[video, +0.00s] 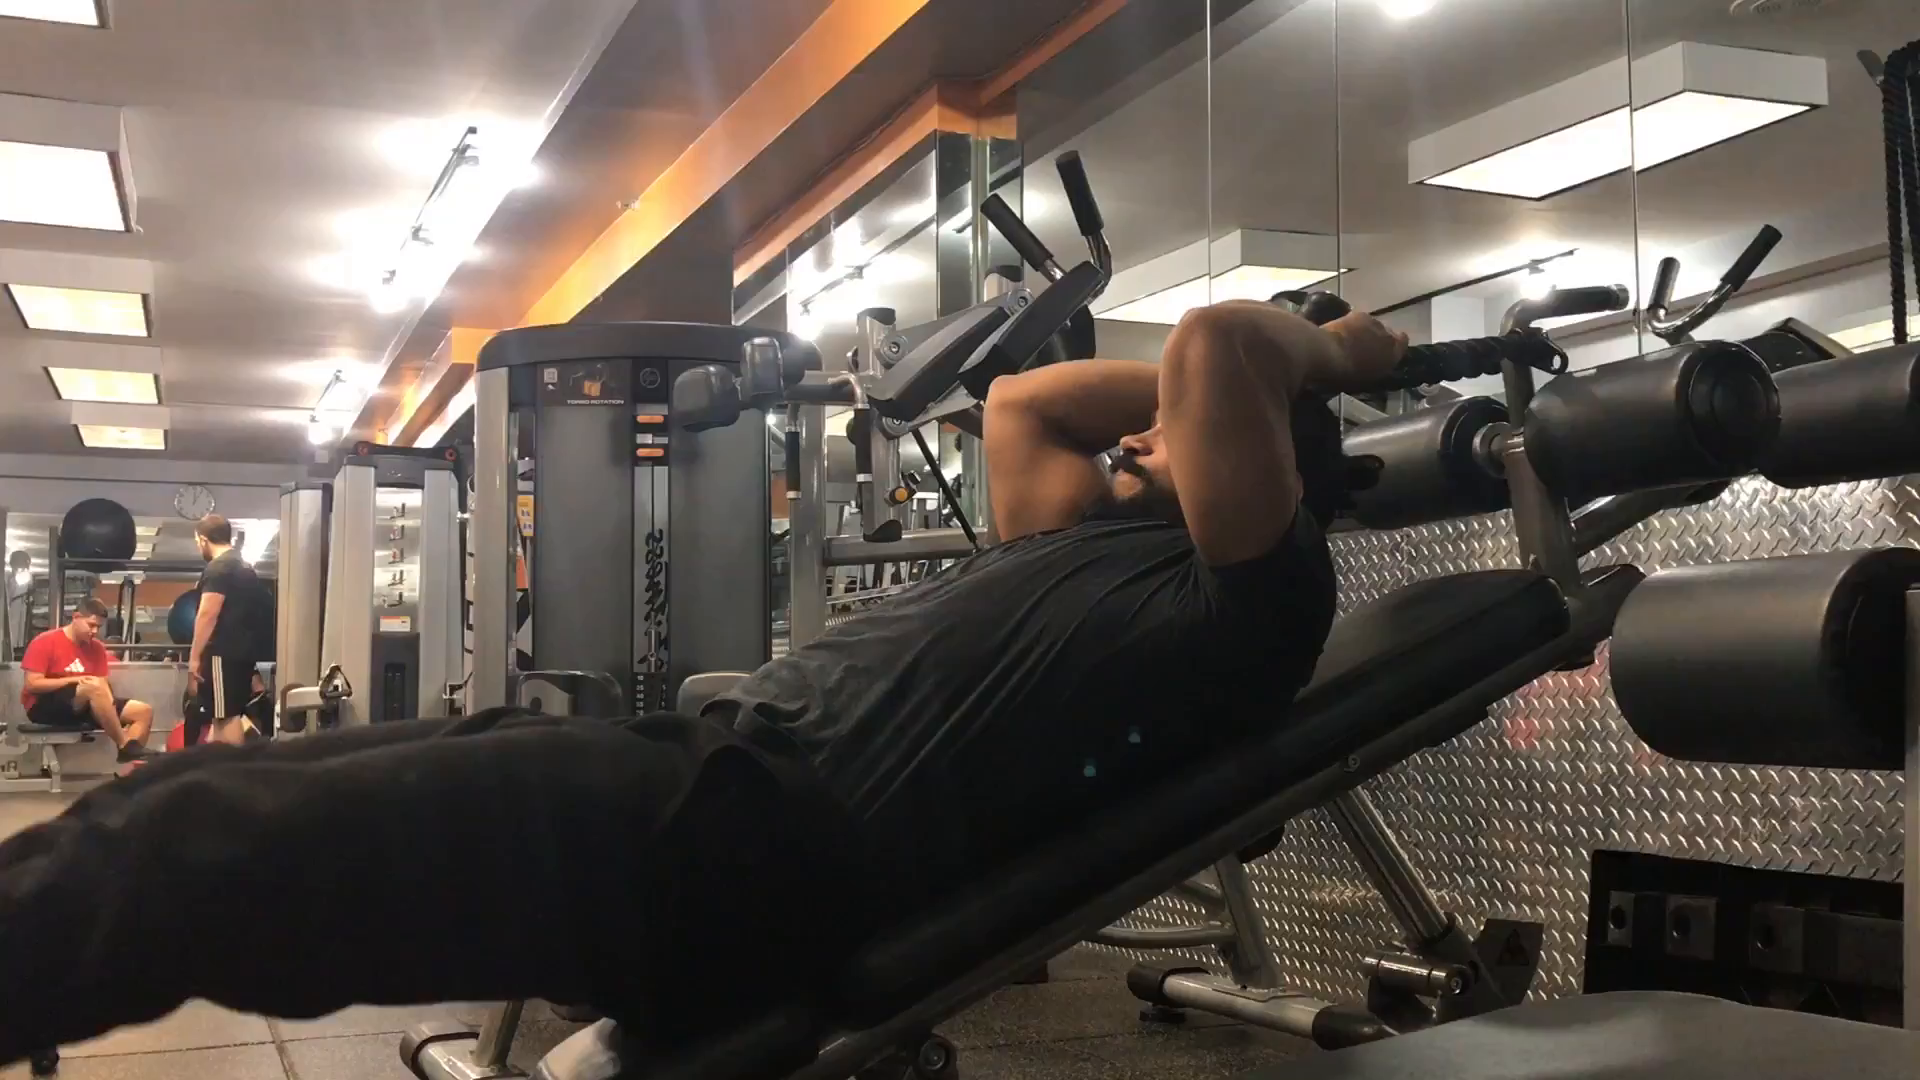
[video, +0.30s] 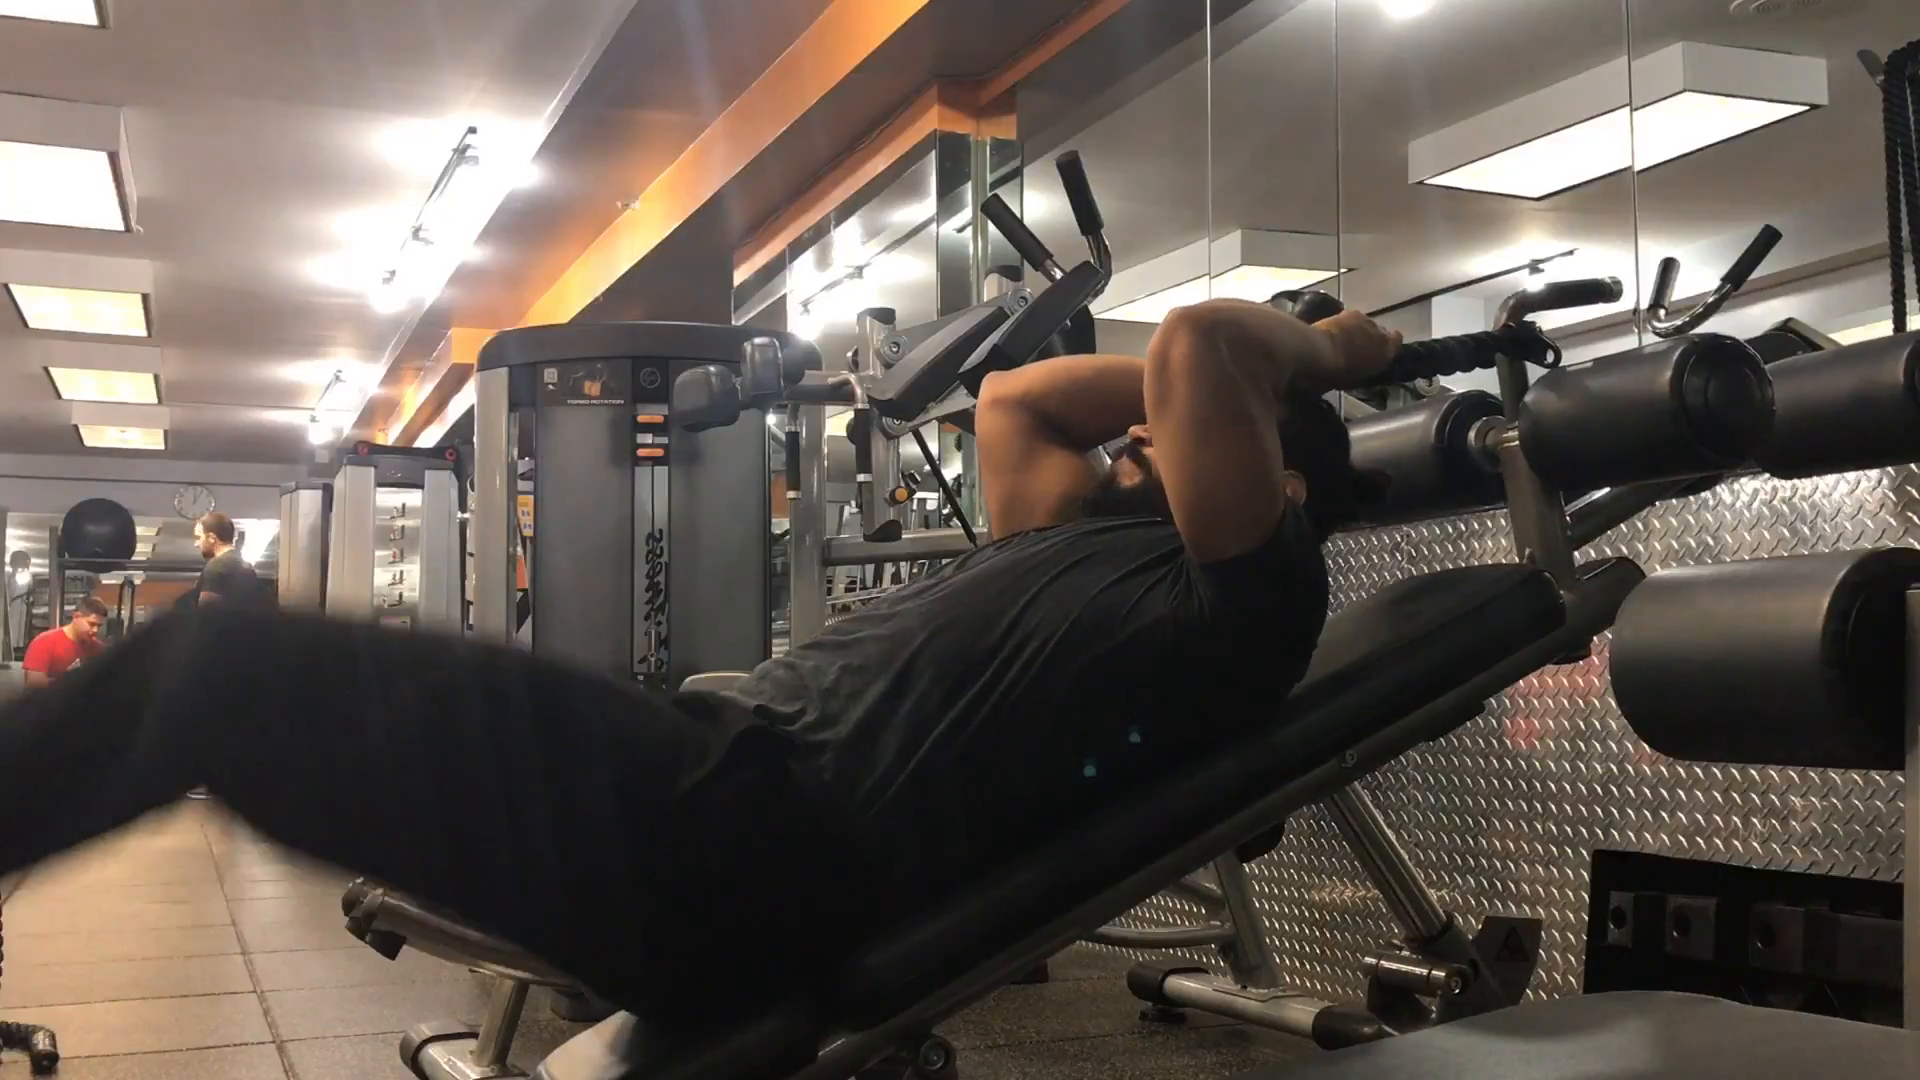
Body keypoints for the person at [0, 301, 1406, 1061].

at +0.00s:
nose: (1177, 451)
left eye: (1224, 436)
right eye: (1192, 437)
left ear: (1274, 478)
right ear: (1163, 471)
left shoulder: (1254, 612)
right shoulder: (1078, 564)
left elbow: (1213, 335)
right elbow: (1023, 407)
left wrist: (1334, 350)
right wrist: (1215, 402)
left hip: (744, 837)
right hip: (683, 760)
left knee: (180, 859)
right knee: (183, 810)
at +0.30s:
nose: (1180, 447)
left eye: (1226, 434)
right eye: (1196, 435)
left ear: (1276, 482)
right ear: (1184, 476)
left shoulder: (1250, 616)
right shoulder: (1069, 564)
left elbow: (1194, 336)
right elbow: (1017, 402)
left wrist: (1317, 350)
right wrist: (1208, 393)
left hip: (770, 850)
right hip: (703, 764)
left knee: (210, 666)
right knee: (219, 645)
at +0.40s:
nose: (1193, 467)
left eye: (1234, 451)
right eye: (1211, 447)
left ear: (1284, 496)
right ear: (1222, 490)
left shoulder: (1256, 611)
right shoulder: (1096, 560)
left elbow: (1199, 334)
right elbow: (1016, 404)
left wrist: (1311, 352)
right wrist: (1222, 387)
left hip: (782, 871)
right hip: (742, 778)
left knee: (344, 483)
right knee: (354, 479)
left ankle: (21, 623)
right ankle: (32, 612)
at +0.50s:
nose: (1235, 472)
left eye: (1272, 472)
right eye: (1257, 462)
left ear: (1301, 512)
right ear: (1245, 494)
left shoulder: (1256, 620)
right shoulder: (1095, 564)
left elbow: (1211, 332)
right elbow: (1025, 390)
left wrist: (1334, 343)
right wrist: (1234, 357)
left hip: (783, 840)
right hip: (737, 761)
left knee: (535, 340)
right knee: (539, 324)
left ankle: (94, 375)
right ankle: (150, 357)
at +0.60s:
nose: (1256, 453)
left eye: (1294, 454)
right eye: (1278, 444)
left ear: (1325, 499)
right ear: (1265, 474)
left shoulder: (1284, 603)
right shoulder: (1103, 553)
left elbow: (1230, 324)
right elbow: (1023, 385)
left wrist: (1331, 336)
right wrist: (1231, 352)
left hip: (799, 792)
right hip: (760, 720)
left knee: (745, 254)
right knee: (752, 254)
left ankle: (280, 152)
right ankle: (298, 155)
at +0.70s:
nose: (1266, 437)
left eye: (1309, 434)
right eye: (1286, 427)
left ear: (1344, 493)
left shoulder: (1306, 590)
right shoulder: (1134, 564)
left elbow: (1222, 333)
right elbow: (1023, 390)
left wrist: (1337, 330)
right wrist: (1224, 371)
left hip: (784, 709)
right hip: (700, 697)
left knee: (883, 194)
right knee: (774, 299)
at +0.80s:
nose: (1285, 434)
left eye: (1314, 435)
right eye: (1293, 432)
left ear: (1358, 505)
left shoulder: (1319, 582)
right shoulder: (1140, 572)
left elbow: (1221, 336)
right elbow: (1038, 398)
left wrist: (1341, 336)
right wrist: (1235, 380)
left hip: (814, 615)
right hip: (724, 605)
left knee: (981, 161)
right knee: (874, 229)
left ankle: (694, 7)